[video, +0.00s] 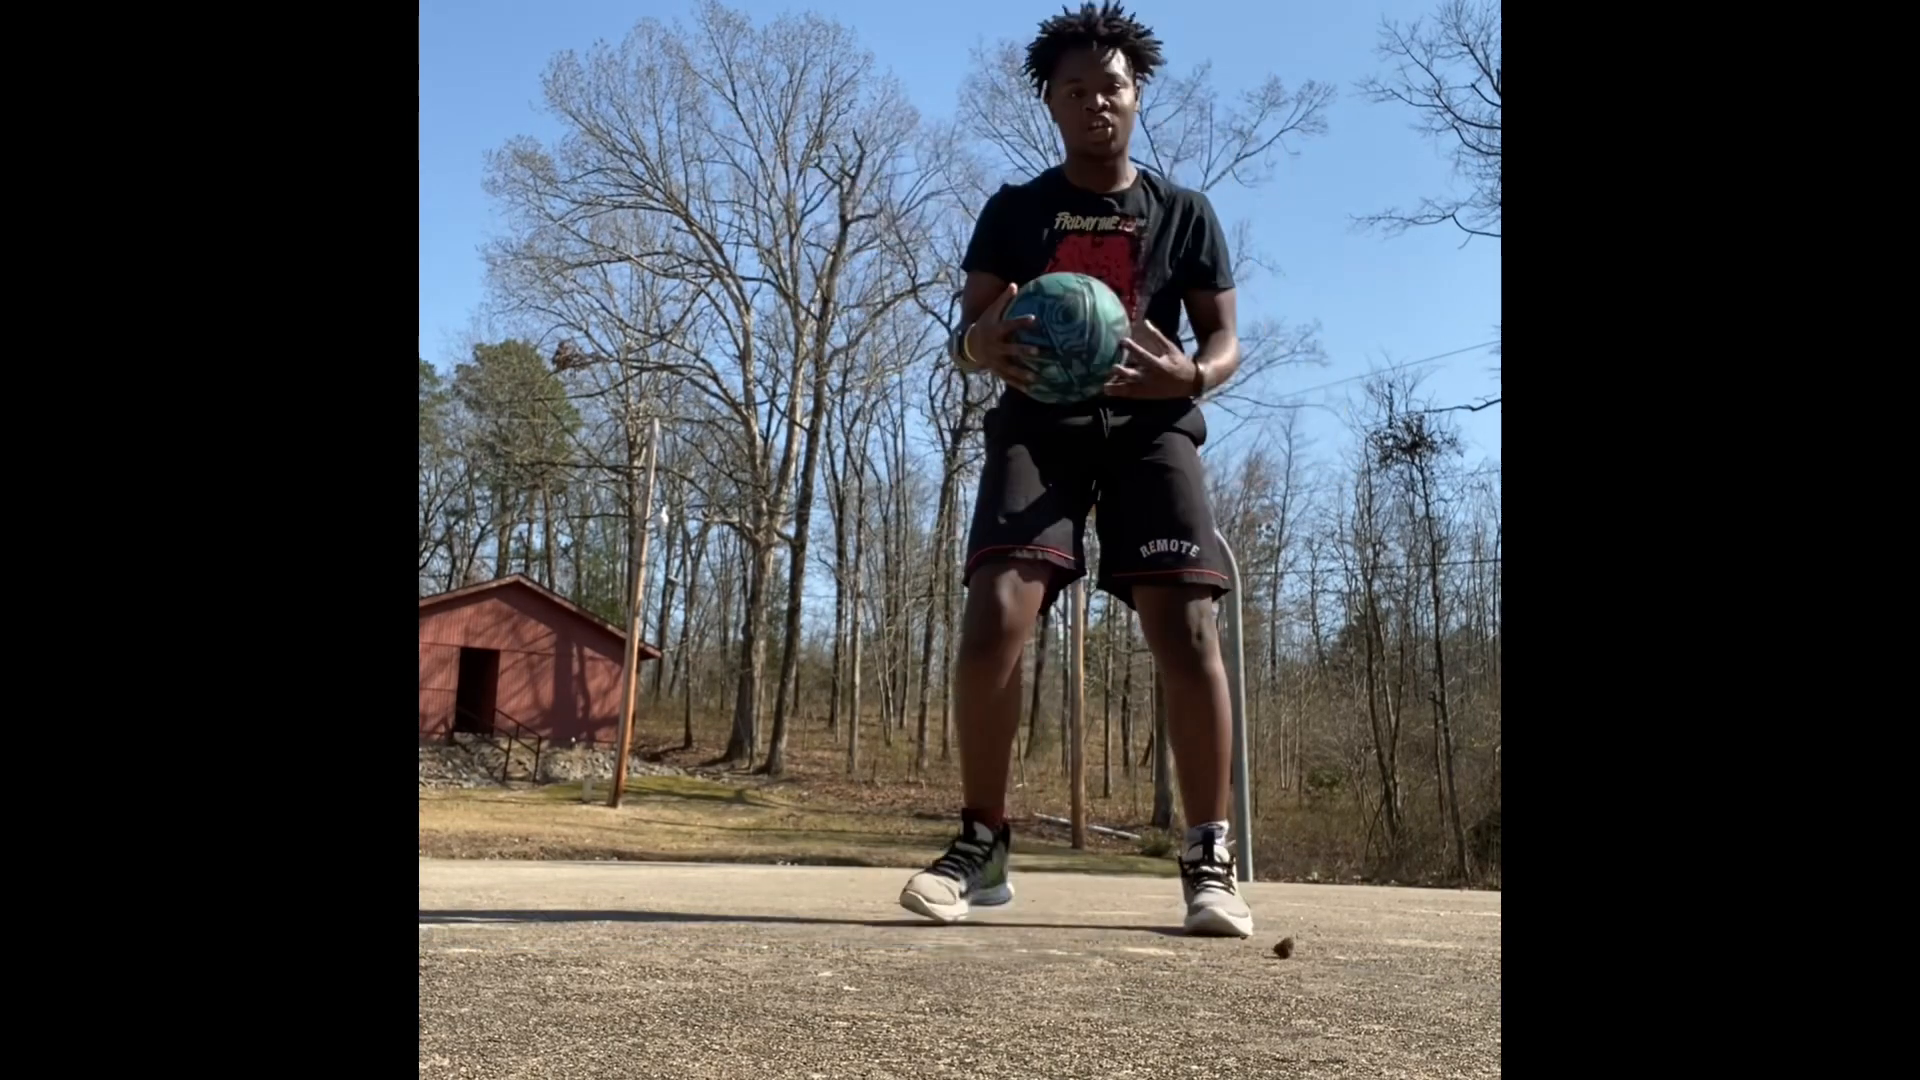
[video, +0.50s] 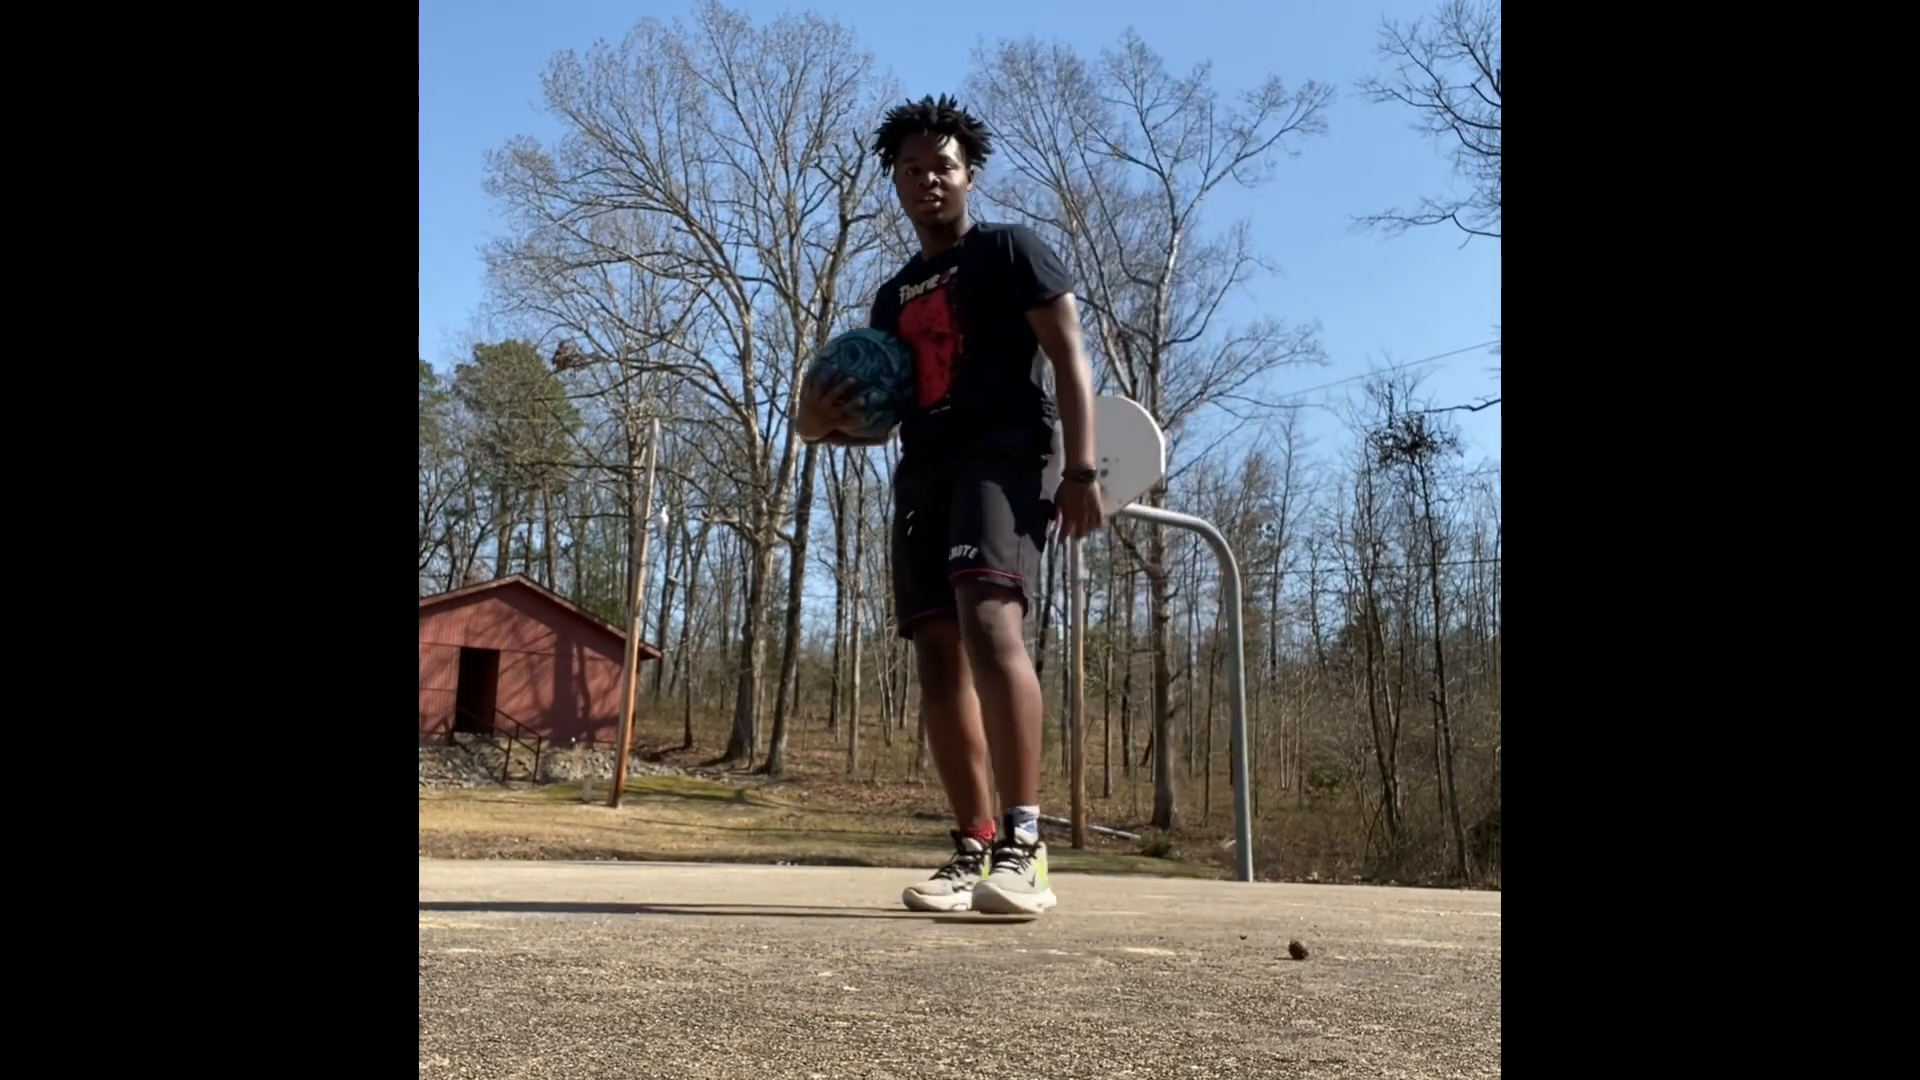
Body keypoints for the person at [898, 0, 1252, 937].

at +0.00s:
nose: (1097, 102)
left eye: (1113, 85)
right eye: (1078, 88)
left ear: (1138, 97)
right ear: (1049, 102)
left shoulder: (1185, 215)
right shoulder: (1014, 210)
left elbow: (1223, 345)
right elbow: (972, 337)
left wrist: (1191, 377)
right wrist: (987, 343)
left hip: (1154, 432)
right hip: (1035, 429)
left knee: (1187, 629)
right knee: (997, 616)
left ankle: (1209, 865)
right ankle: (980, 849)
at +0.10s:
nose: (1063, 127)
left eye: (1076, 109)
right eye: (1044, 116)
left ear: (1102, 119)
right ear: (1020, 133)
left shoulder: (1157, 229)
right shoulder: (991, 239)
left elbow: (1210, 349)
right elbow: (912, 355)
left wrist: (1165, 370)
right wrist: (919, 355)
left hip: (1137, 444)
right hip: (1021, 449)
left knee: (1181, 632)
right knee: (973, 639)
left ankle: (1210, 859)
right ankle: (970, 828)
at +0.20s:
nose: (1024, 156)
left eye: (1037, 140)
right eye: (1005, 146)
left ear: (1063, 147)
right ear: (982, 161)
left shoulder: (1118, 248)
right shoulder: (957, 270)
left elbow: (1187, 359)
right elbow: (918, 398)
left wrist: (1153, 418)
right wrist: (872, 372)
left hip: (1105, 460)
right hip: (994, 473)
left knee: (1164, 641)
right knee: (955, 663)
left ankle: (1209, 863)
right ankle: (978, 848)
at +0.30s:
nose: (982, 184)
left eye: (996, 168)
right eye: (965, 171)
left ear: (1023, 177)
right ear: (943, 185)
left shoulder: (1071, 266)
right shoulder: (925, 299)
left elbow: (1136, 374)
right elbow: (882, 410)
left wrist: (1143, 476)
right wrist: (844, 402)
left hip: (1060, 477)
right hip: (960, 489)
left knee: (1114, 643)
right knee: (940, 673)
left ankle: (1193, 857)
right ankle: (982, 861)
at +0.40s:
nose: (953, 187)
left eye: (966, 171)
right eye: (935, 177)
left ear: (993, 177)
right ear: (917, 192)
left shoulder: (1038, 262)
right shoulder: (909, 302)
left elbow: (1091, 378)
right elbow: (882, 408)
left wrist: (1116, 492)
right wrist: (832, 417)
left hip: (1020, 477)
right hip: (934, 486)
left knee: (1054, 636)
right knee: (938, 669)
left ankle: (1127, 846)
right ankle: (979, 859)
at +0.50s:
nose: (928, 181)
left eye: (942, 166)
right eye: (912, 170)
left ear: (971, 173)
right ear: (895, 185)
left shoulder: (1013, 250)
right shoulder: (891, 295)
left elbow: (1070, 357)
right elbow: (875, 405)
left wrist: (1080, 470)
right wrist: (815, 424)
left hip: (1002, 466)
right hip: (923, 473)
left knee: (994, 628)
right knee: (939, 653)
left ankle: (1022, 849)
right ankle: (973, 854)